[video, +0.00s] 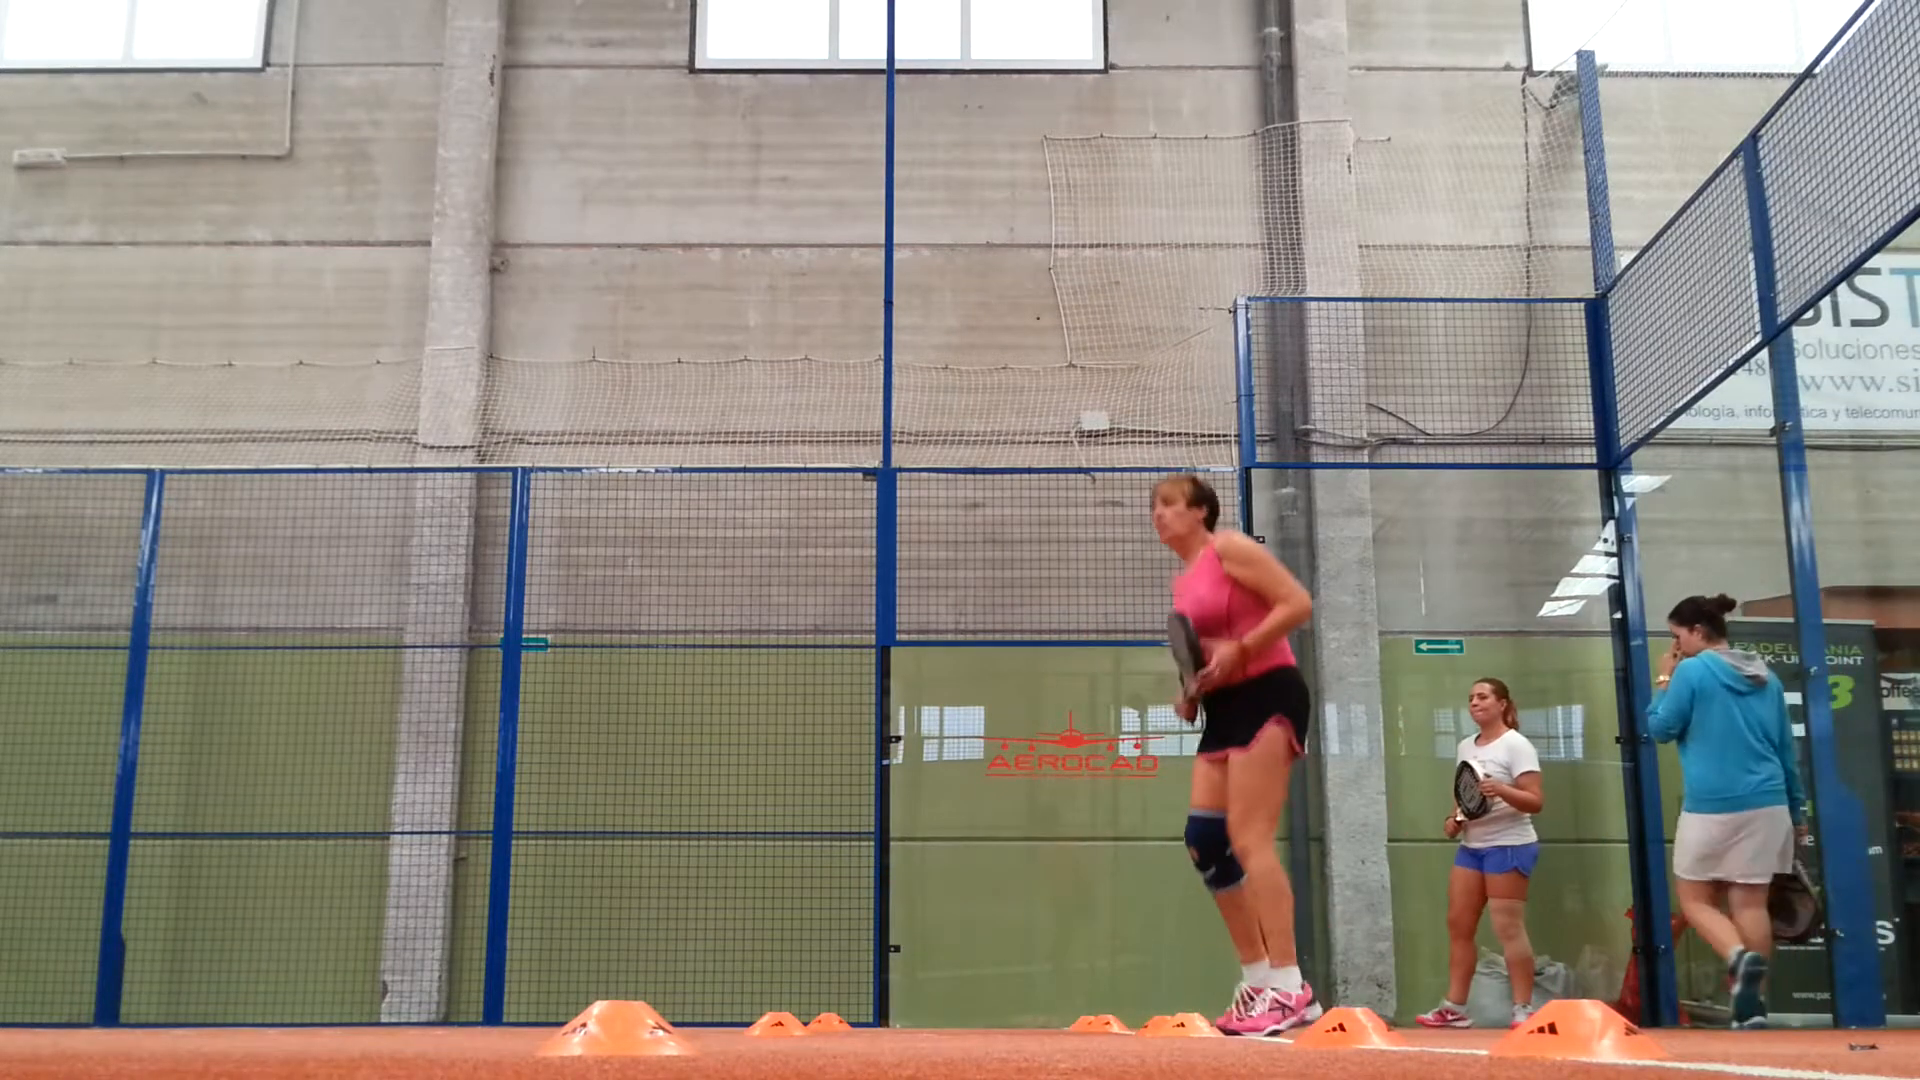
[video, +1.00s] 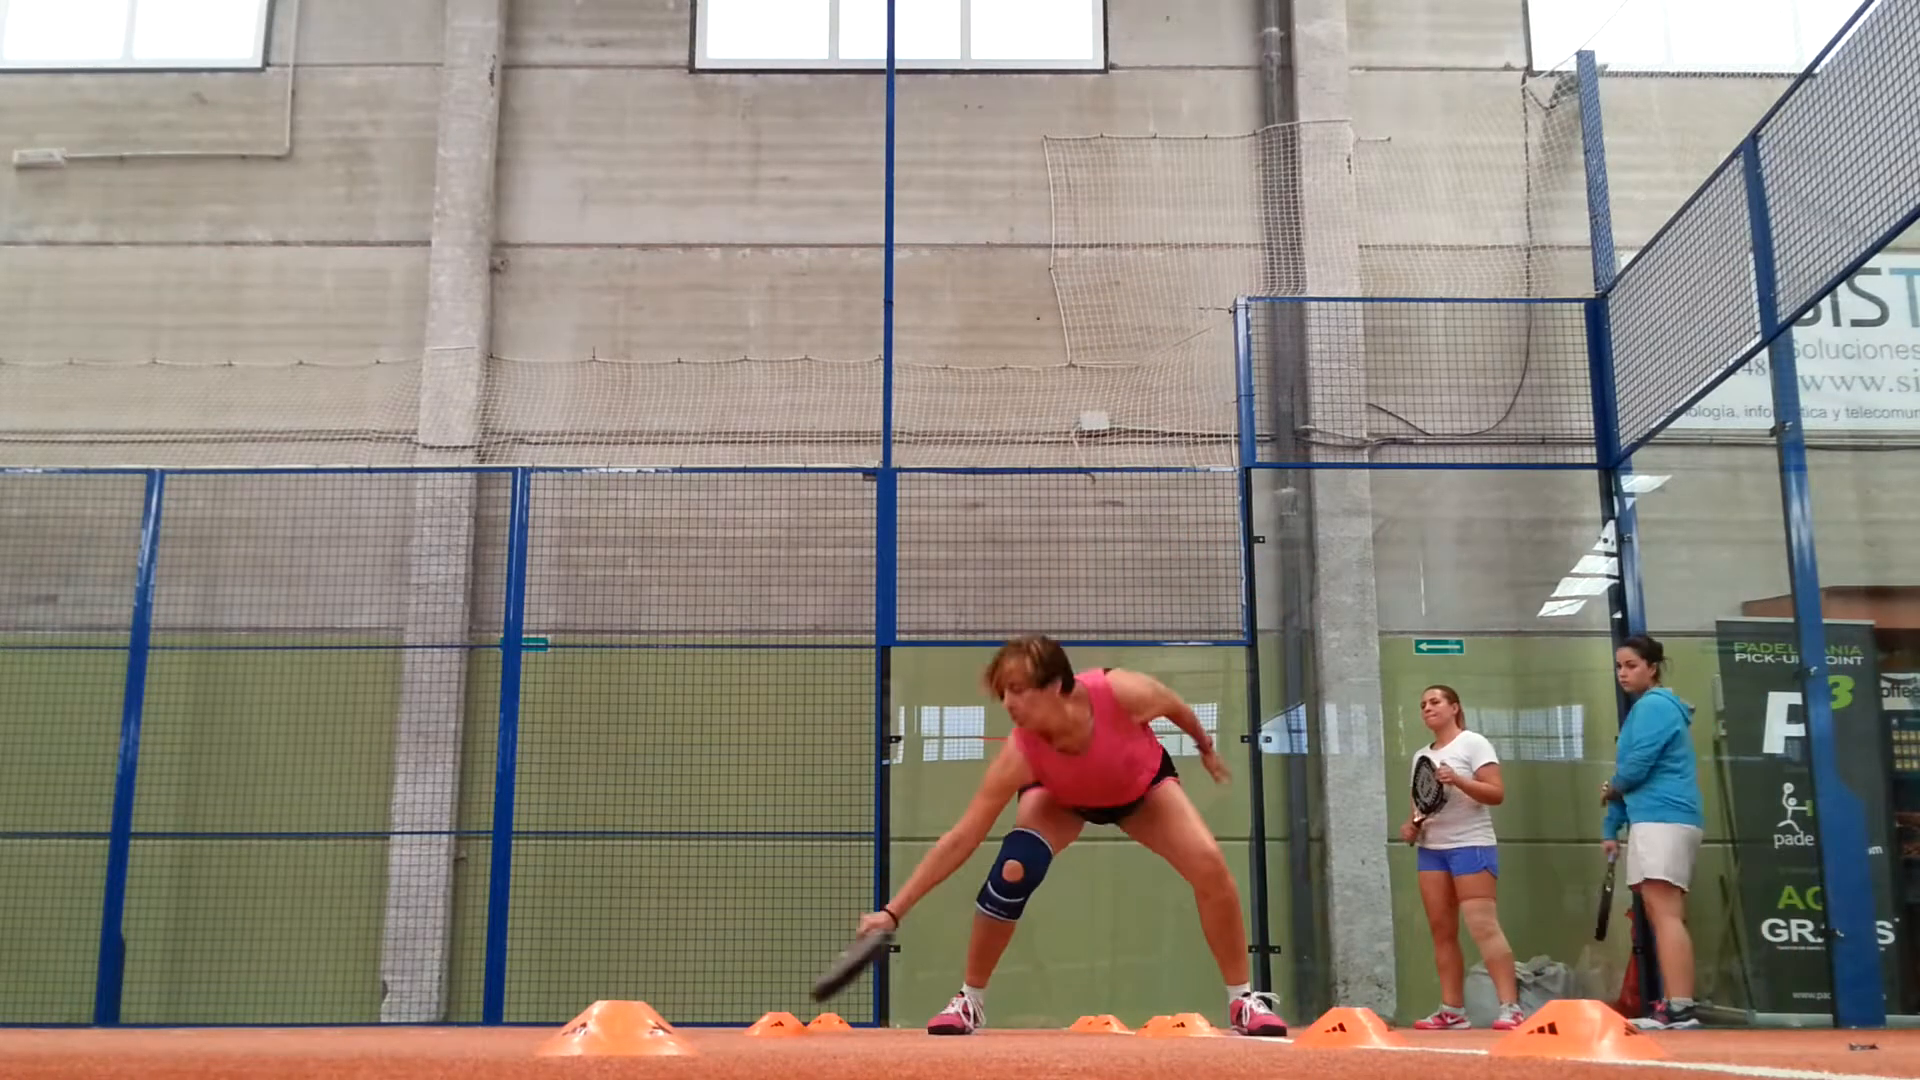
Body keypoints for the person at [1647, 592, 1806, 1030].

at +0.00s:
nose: (1675, 645)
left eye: (1677, 637)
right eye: (1674, 638)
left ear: (1697, 632)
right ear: (1715, 633)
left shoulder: (1692, 670)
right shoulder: (1764, 674)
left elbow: (1661, 727)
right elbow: (1785, 749)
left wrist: (1664, 682)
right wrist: (1796, 812)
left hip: (1709, 805)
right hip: (1767, 802)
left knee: (1696, 901)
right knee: (1751, 902)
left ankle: (1737, 957)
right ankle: (1752, 1009)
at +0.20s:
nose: (1663, 651)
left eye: (1665, 642)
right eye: (1661, 643)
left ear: (1686, 639)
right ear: (1703, 640)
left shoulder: (1684, 675)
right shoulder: (1749, 678)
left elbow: (1658, 733)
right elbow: (1764, 748)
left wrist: (1647, 697)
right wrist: (1760, 795)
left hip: (1697, 803)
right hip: (1752, 800)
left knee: (1683, 900)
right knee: (1743, 902)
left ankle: (1697, 1000)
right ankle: (1752, 1004)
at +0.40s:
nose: (1647, 661)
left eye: (1649, 653)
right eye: (1645, 654)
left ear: (1671, 651)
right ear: (1683, 652)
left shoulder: (1668, 688)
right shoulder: (1725, 688)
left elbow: (1662, 746)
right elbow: (1732, 749)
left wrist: (1626, 732)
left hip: (1682, 816)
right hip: (1733, 809)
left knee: (1680, 917)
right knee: (1730, 903)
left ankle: (1682, 1009)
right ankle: (1749, 998)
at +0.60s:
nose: (1628, 666)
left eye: (1633, 657)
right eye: (1626, 658)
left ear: (1658, 655)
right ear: (1664, 658)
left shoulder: (1653, 695)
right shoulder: (1703, 696)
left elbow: (1647, 754)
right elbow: (1706, 754)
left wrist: (1617, 759)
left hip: (1664, 819)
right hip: (1711, 817)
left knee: (1671, 917)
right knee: (1711, 909)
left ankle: (1680, 1010)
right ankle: (1734, 964)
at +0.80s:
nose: (1622, 666)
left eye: (1629, 658)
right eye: (1620, 659)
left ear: (1653, 659)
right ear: (1653, 663)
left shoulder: (1646, 698)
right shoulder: (1679, 696)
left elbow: (1633, 760)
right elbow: (1670, 759)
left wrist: (1618, 780)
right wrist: (1629, 778)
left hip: (1663, 815)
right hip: (1694, 813)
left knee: (1671, 914)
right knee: (1681, 911)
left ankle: (1681, 1006)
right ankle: (1702, 999)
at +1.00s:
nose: (1622, 673)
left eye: (1630, 665)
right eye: (1620, 667)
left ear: (1652, 668)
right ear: (1622, 671)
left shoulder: (1656, 705)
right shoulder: (1645, 708)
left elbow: (1636, 766)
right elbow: (1623, 776)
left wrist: (1612, 787)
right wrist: (1611, 830)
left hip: (1663, 819)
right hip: (1660, 819)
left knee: (1665, 914)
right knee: (1666, 915)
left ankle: (1678, 1008)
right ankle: (1674, 1006)